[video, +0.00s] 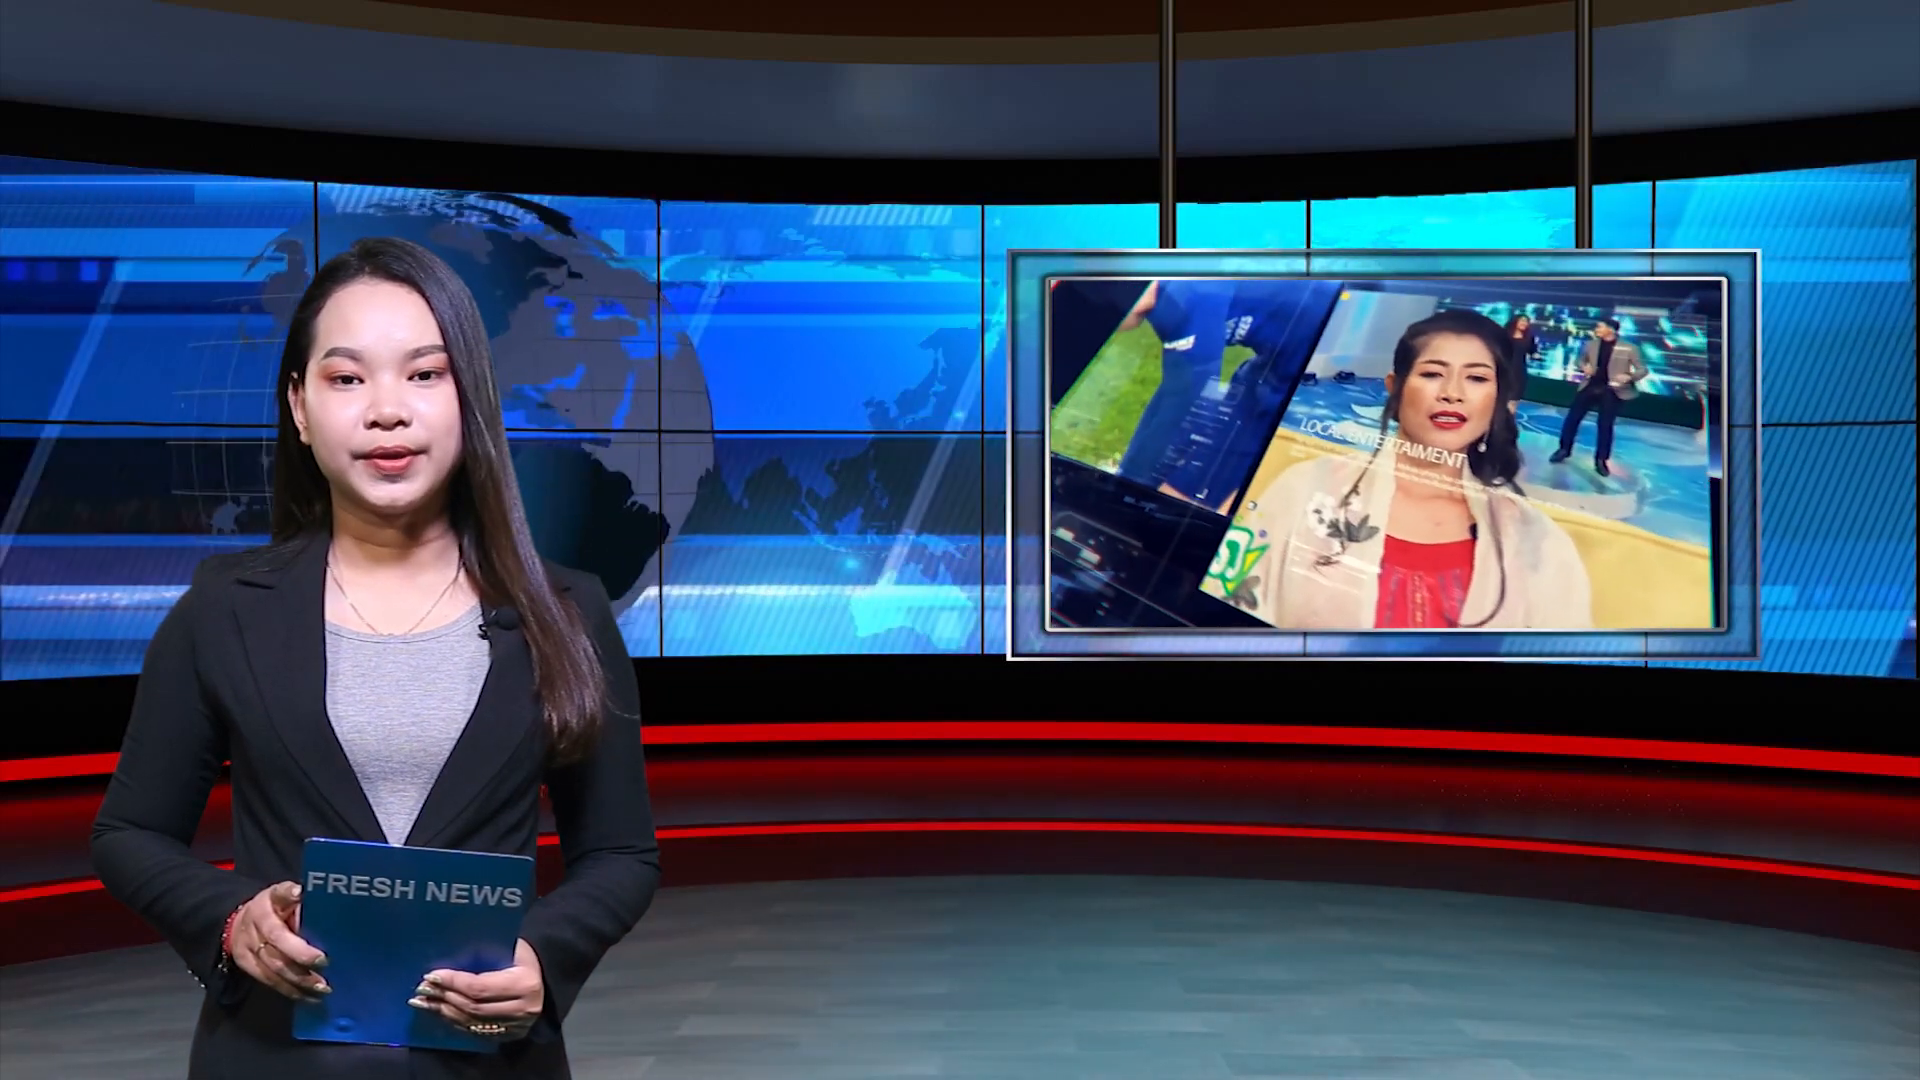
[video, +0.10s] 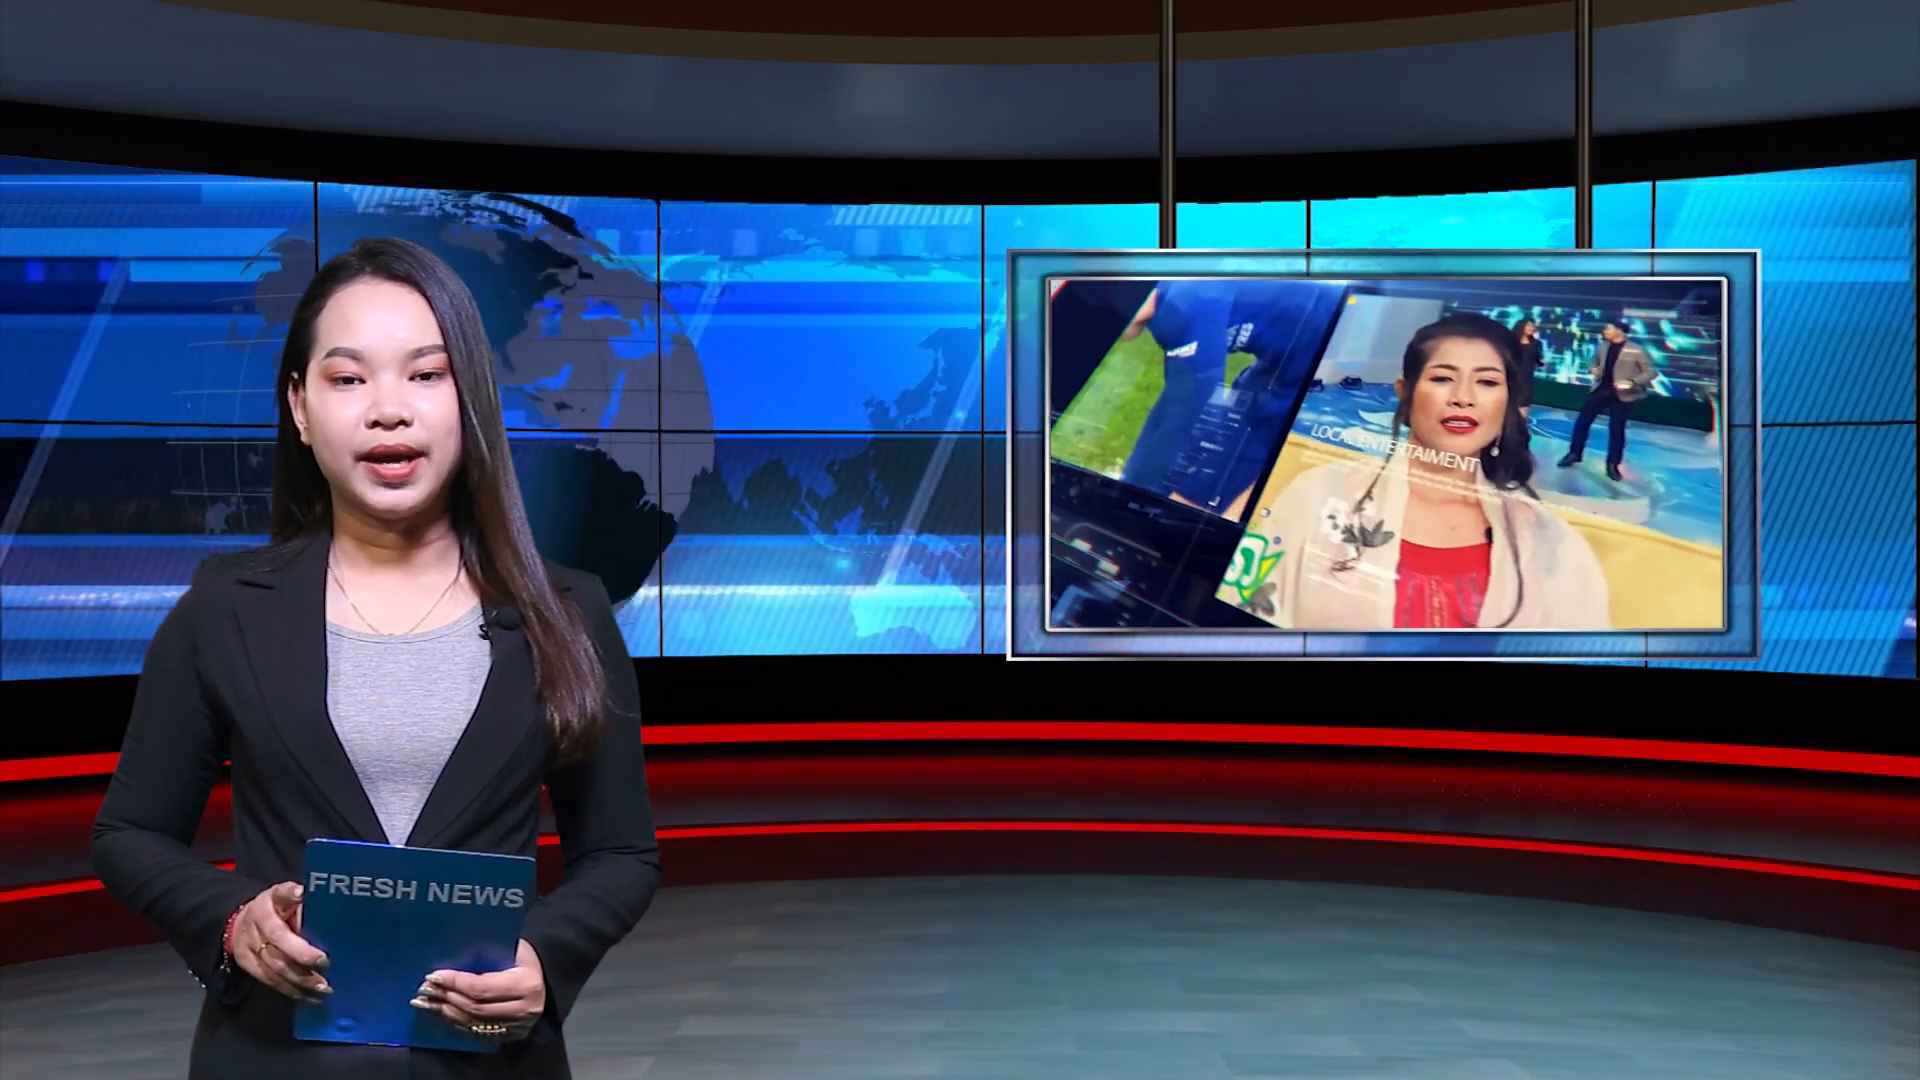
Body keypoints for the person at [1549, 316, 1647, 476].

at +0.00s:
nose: (1596, 330)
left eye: (1600, 327)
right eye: (1596, 327)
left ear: (1610, 330)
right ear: (1599, 330)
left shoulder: (1629, 349)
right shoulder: (1591, 344)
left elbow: (1642, 370)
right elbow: (1580, 360)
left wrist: (1628, 378)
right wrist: (1585, 367)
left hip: (1612, 389)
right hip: (1591, 386)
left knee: (1605, 425)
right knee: (1573, 416)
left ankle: (1601, 459)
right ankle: (1564, 449)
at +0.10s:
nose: (1605, 331)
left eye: (1609, 328)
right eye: (1605, 328)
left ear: (1619, 332)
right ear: (1609, 332)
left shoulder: (1636, 351)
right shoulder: (1603, 347)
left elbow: (1651, 372)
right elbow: (1596, 364)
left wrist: (1633, 382)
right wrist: (1595, 370)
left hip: (1622, 395)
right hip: (1601, 391)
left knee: (1616, 431)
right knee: (1583, 420)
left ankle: (1613, 464)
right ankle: (1575, 453)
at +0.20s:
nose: (1619, 336)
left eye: (1622, 333)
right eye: (1619, 333)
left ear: (1632, 335)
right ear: (1627, 336)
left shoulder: (1649, 355)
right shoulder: (1620, 350)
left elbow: (1663, 377)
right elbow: (1615, 368)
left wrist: (1638, 387)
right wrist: (1609, 373)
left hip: (1637, 401)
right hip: (1616, 395)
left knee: (1633, 436)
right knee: (1603, 428)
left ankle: (1632, 471)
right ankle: (1589, 460)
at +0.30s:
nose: (1627, 339)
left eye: (1630, 336)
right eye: (1628, 336)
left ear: (1641, 339)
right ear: (1635, 339)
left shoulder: (1658, 358)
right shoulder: (1631, 354)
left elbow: (1671, 382)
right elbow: (1630, 374)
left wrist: (1644, 392)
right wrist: (1620, 378)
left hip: (1647, 405)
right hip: (1626, 401)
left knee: (1643, 438)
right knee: (1614, 433)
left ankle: (1648, 475)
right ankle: (1601, 465)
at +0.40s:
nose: (1640, 347)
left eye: (1643, 344)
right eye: (1640, 343)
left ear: (1653, 346)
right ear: (1650, 347)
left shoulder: (1669, 365)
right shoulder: (1648, 362)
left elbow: (1673, 394)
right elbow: (1647, 386)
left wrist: (1647, 404)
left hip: (1660, 413)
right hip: (1642, 409)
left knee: (1652, 443)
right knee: (1627, 438)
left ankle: (1662, 482)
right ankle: (1614, 472)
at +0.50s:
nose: (1649, 350)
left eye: (1653, 347)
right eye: (1650, 346)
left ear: (1663, 349)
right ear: (1659, 350)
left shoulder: (1675, 368)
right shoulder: (1659, 366)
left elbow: (1674, 396)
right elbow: (1657, 392)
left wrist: (1647, 406)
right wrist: (1643, 404)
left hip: (1669, 417)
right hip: (1652, 415)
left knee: (1661, 447)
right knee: (1637, 442)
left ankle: (1672, 486)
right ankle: (1625, 475)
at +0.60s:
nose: (1665, 354)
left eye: (1669, 351)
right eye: (1666, 350)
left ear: (1680, 355)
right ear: (1678, 355)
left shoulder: (1687, 373)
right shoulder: (1672, 369)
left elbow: (1672, 394)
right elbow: (1662, 385)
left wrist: (1645, 400)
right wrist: (1650, 374)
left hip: (1682, 419)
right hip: (1666, 416)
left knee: (1679, 454)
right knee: (1656, 450)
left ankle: (1687, 493)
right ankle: (1644, 481)